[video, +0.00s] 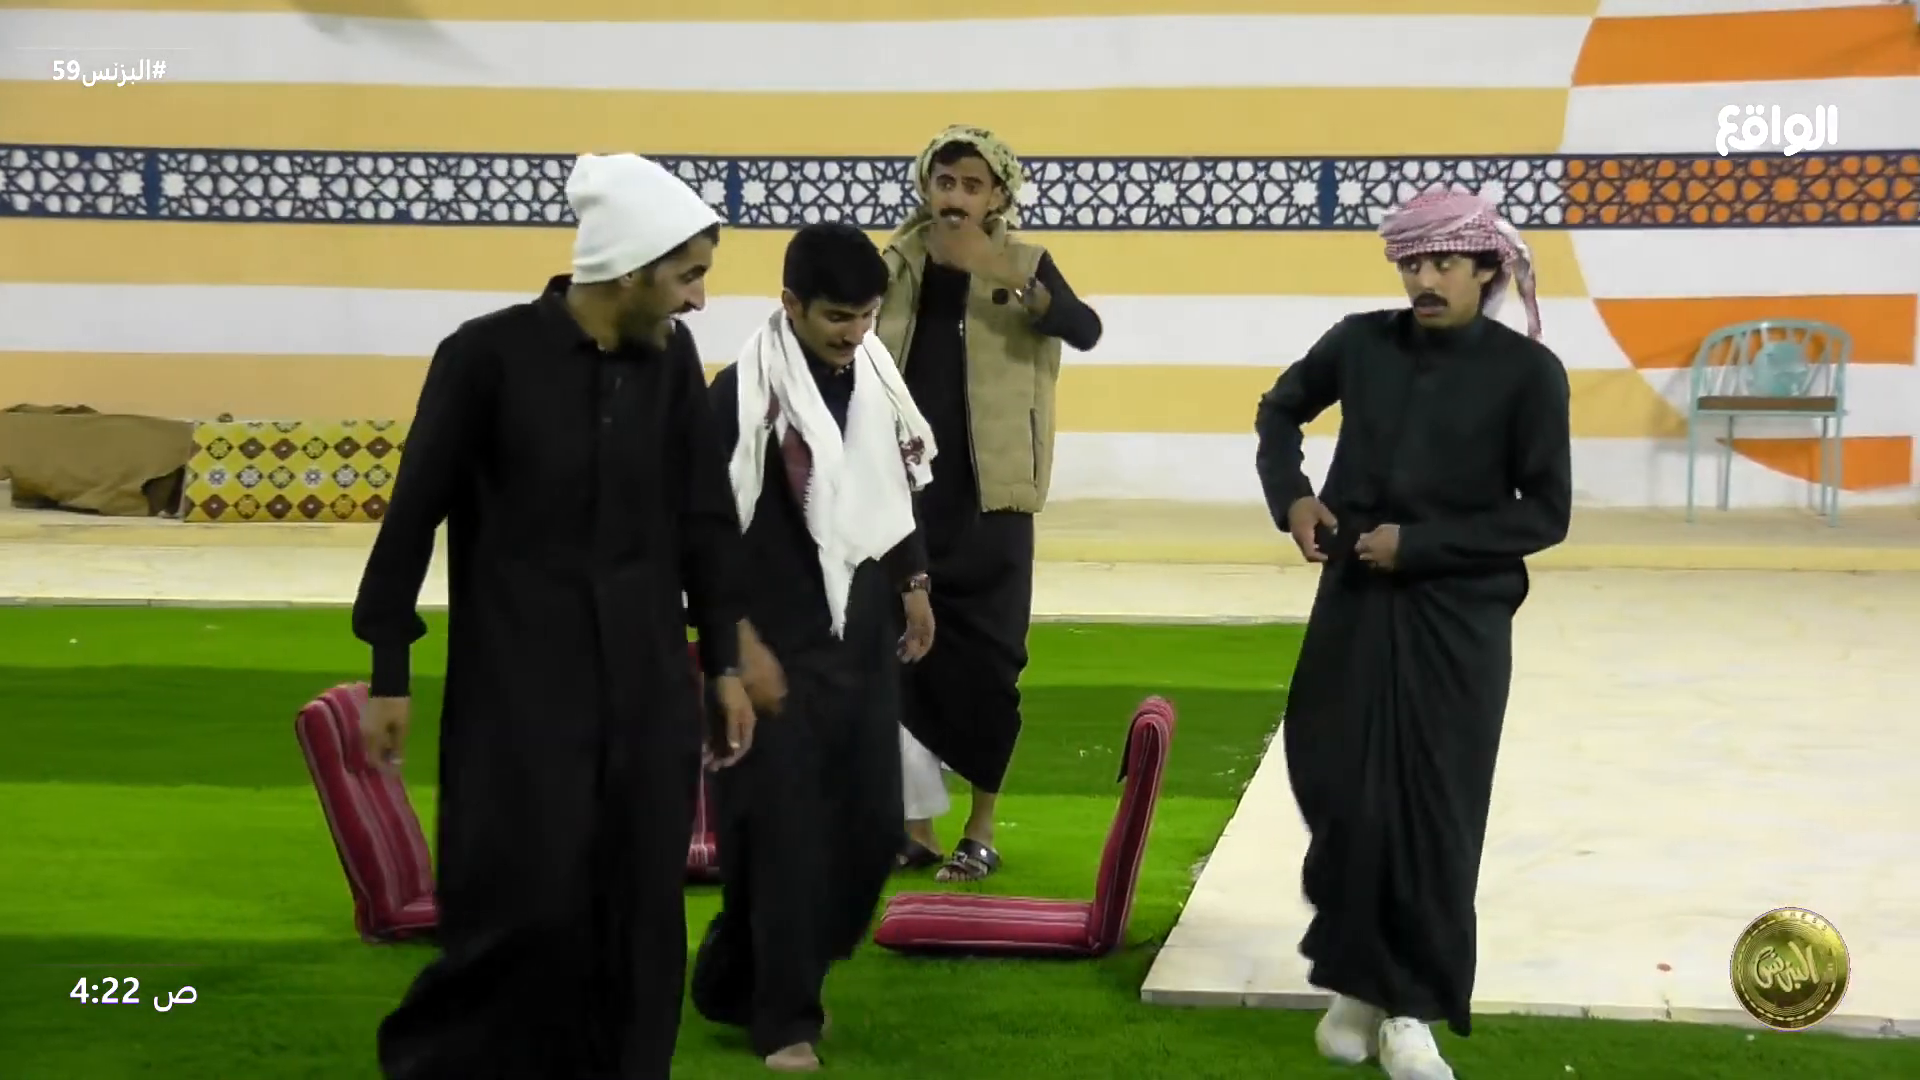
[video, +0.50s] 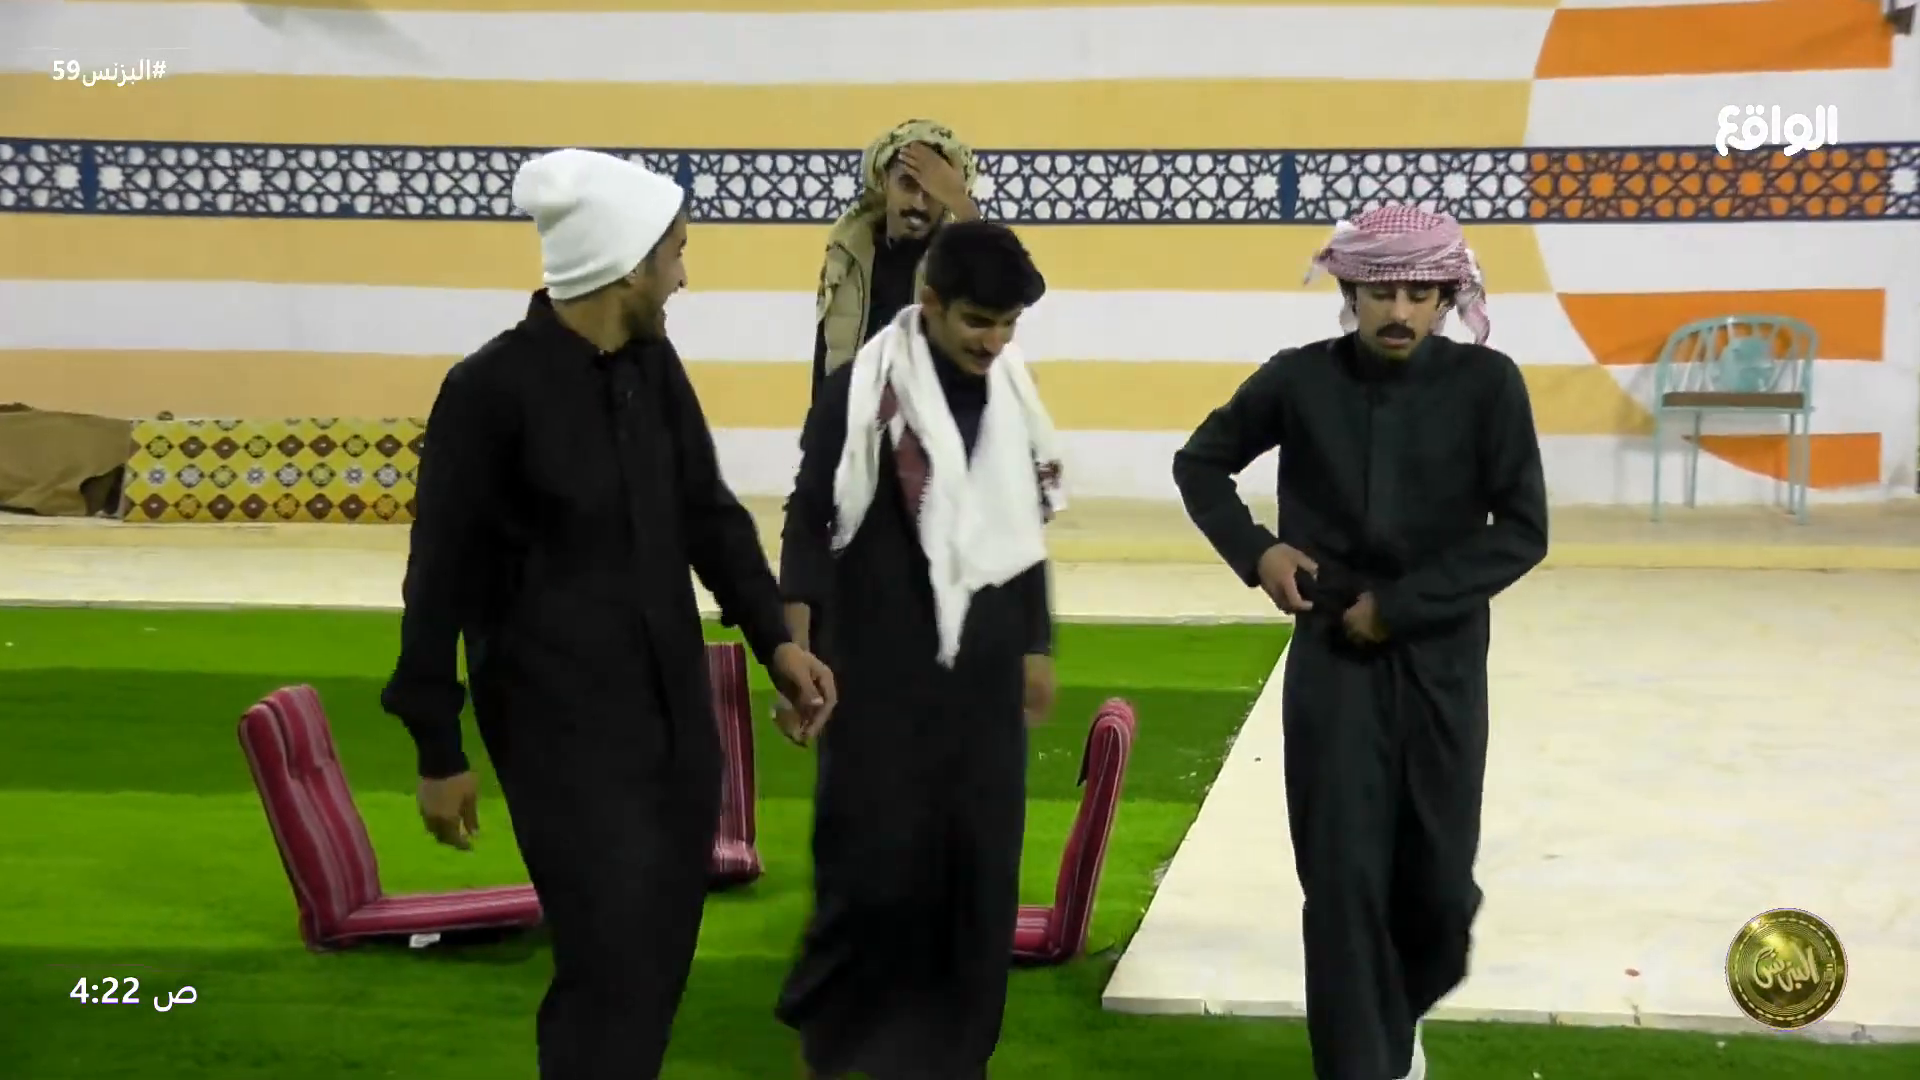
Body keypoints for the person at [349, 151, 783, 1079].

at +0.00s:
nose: (702, 289)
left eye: (705, 270)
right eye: (688, 271)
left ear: (635, 267)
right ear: (625, 268)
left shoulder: (670, 359)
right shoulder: (483, 358)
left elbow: (705, 519)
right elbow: (410, 519)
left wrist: (725, 662)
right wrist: (387, 677)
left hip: (644, 697)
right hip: (515, 698)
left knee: (637, 941)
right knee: (514, 934)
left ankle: (627, 1069)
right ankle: (432, 1057)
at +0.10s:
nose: (703, 291)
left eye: (707, 270)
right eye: (692, 270)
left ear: (647, 264)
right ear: (627, 263)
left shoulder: (678, 349)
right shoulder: (487, 355)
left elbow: (723, 509)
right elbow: (415, 514)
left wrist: (747, 654)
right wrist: (409, 672)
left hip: (653, 689)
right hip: (524, 689)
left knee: (644, 932)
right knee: (545, 920)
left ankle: (639, 1069)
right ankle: (475, 1057)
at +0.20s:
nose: (701, 287)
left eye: (706, 266)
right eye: (687, 266)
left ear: (650, 263)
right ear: (620, 261)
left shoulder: (683, 349)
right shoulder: (489, 358)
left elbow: (740, 504)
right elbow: (426, 523)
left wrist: (776, 638)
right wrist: (442, 679)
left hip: (659, 695)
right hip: (529, 693)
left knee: (646, 941)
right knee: (567, 921)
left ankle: (637, 1069)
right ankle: (530, 1073)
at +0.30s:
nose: (702, 288)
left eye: (704, 265)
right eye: (687, 266)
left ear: (644, 267)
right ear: (622, 265)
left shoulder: (679, 356)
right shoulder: (485, 367)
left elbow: (742, 504)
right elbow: (432, 542)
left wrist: (785, 633)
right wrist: (449, 698)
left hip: (662, 709)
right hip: (534, 708)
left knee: (648, 952)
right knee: (573, 944)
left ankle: (622, 1074)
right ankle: (567, 1072)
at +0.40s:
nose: (695, 282)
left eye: (694, 260)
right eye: (683, 262)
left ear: (629, 269)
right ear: (623, 268)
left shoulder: (665, 362)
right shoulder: (487, 385)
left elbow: (731, 509)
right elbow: (430, 572)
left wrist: (791, 634)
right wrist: (446, 736)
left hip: (670, 716)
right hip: (548, 721)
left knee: (657, 953)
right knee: (599, 942)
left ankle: (615, 1074)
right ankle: (567, 1070)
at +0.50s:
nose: (683, 276)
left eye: (681, 253)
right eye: (671, 254)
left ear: (615, 264)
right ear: (615, 263)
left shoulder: (651, 366)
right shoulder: (489, 390)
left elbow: (708, 511)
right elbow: (435, 579)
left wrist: (777, 638)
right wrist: (438, 752)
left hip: (673, 720)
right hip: (560, 731)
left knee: (660, 969)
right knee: (607, 974)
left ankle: (620, 1073)